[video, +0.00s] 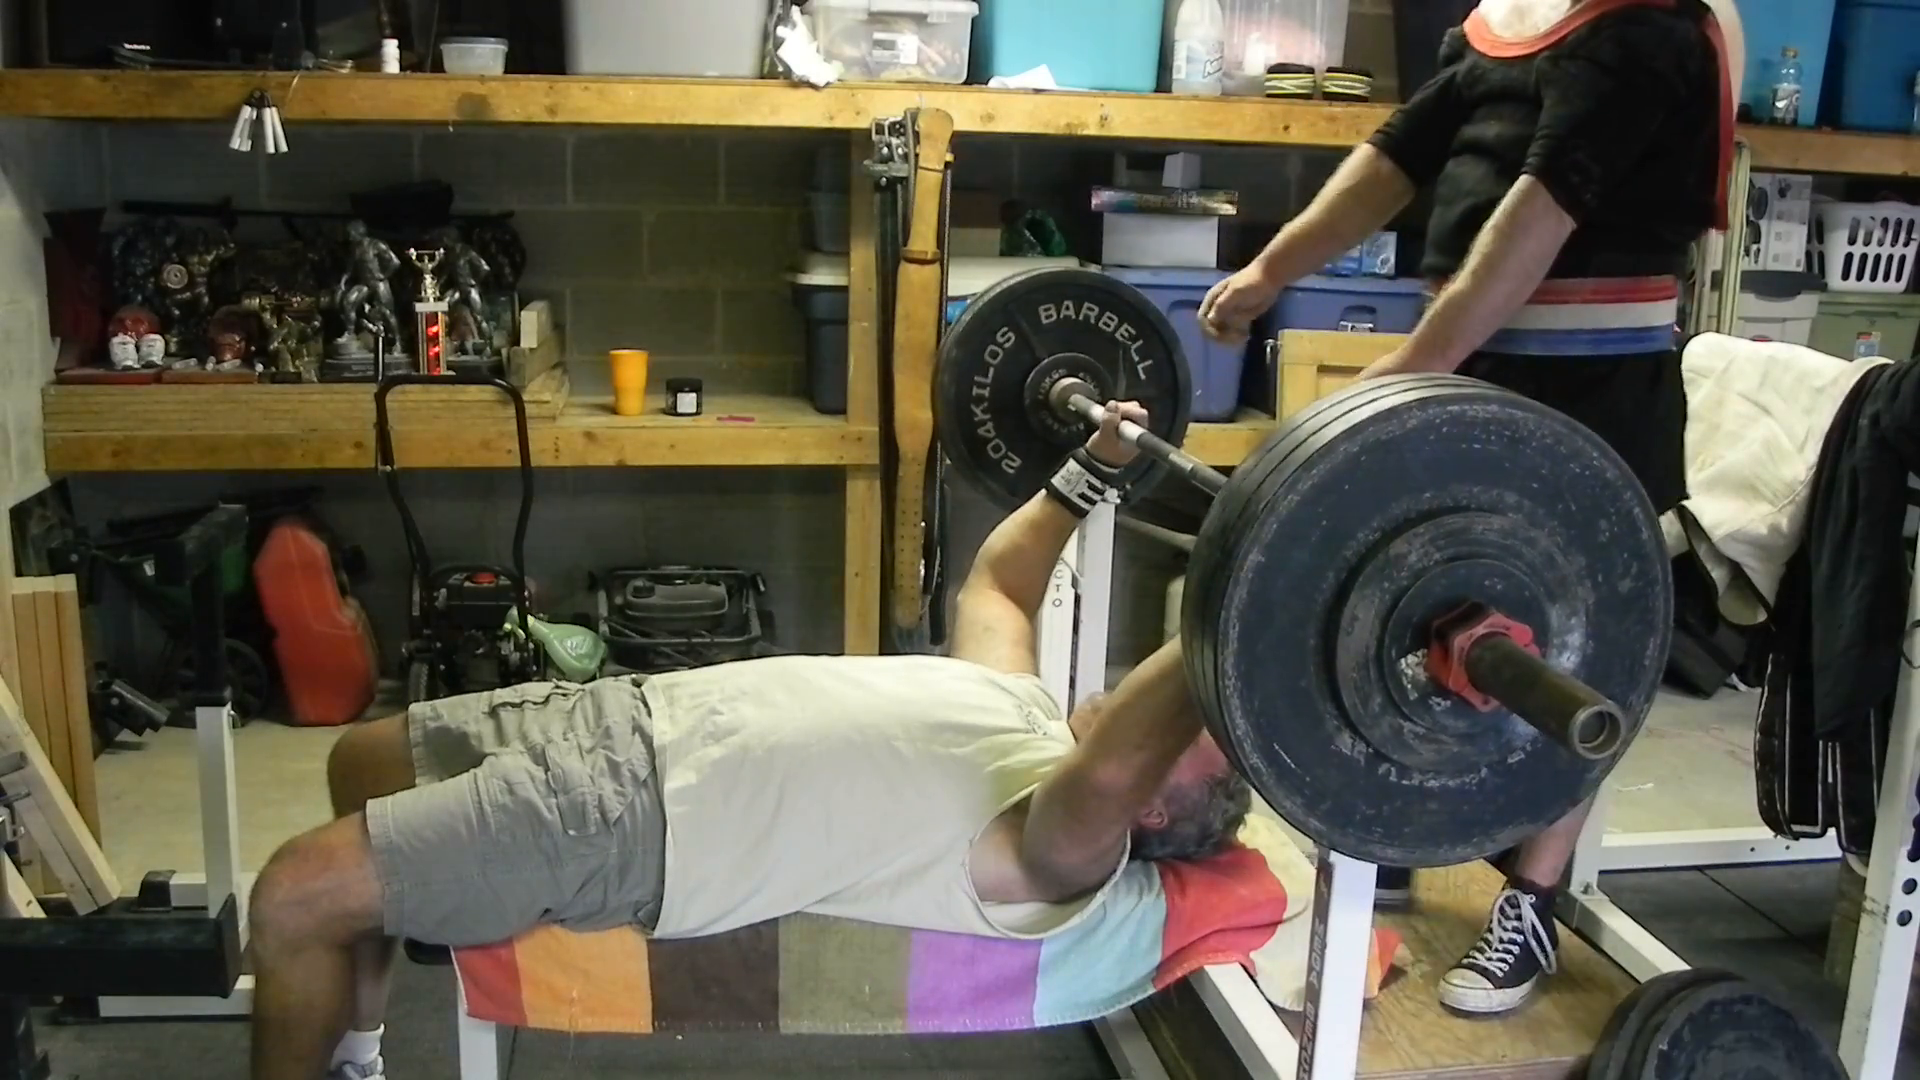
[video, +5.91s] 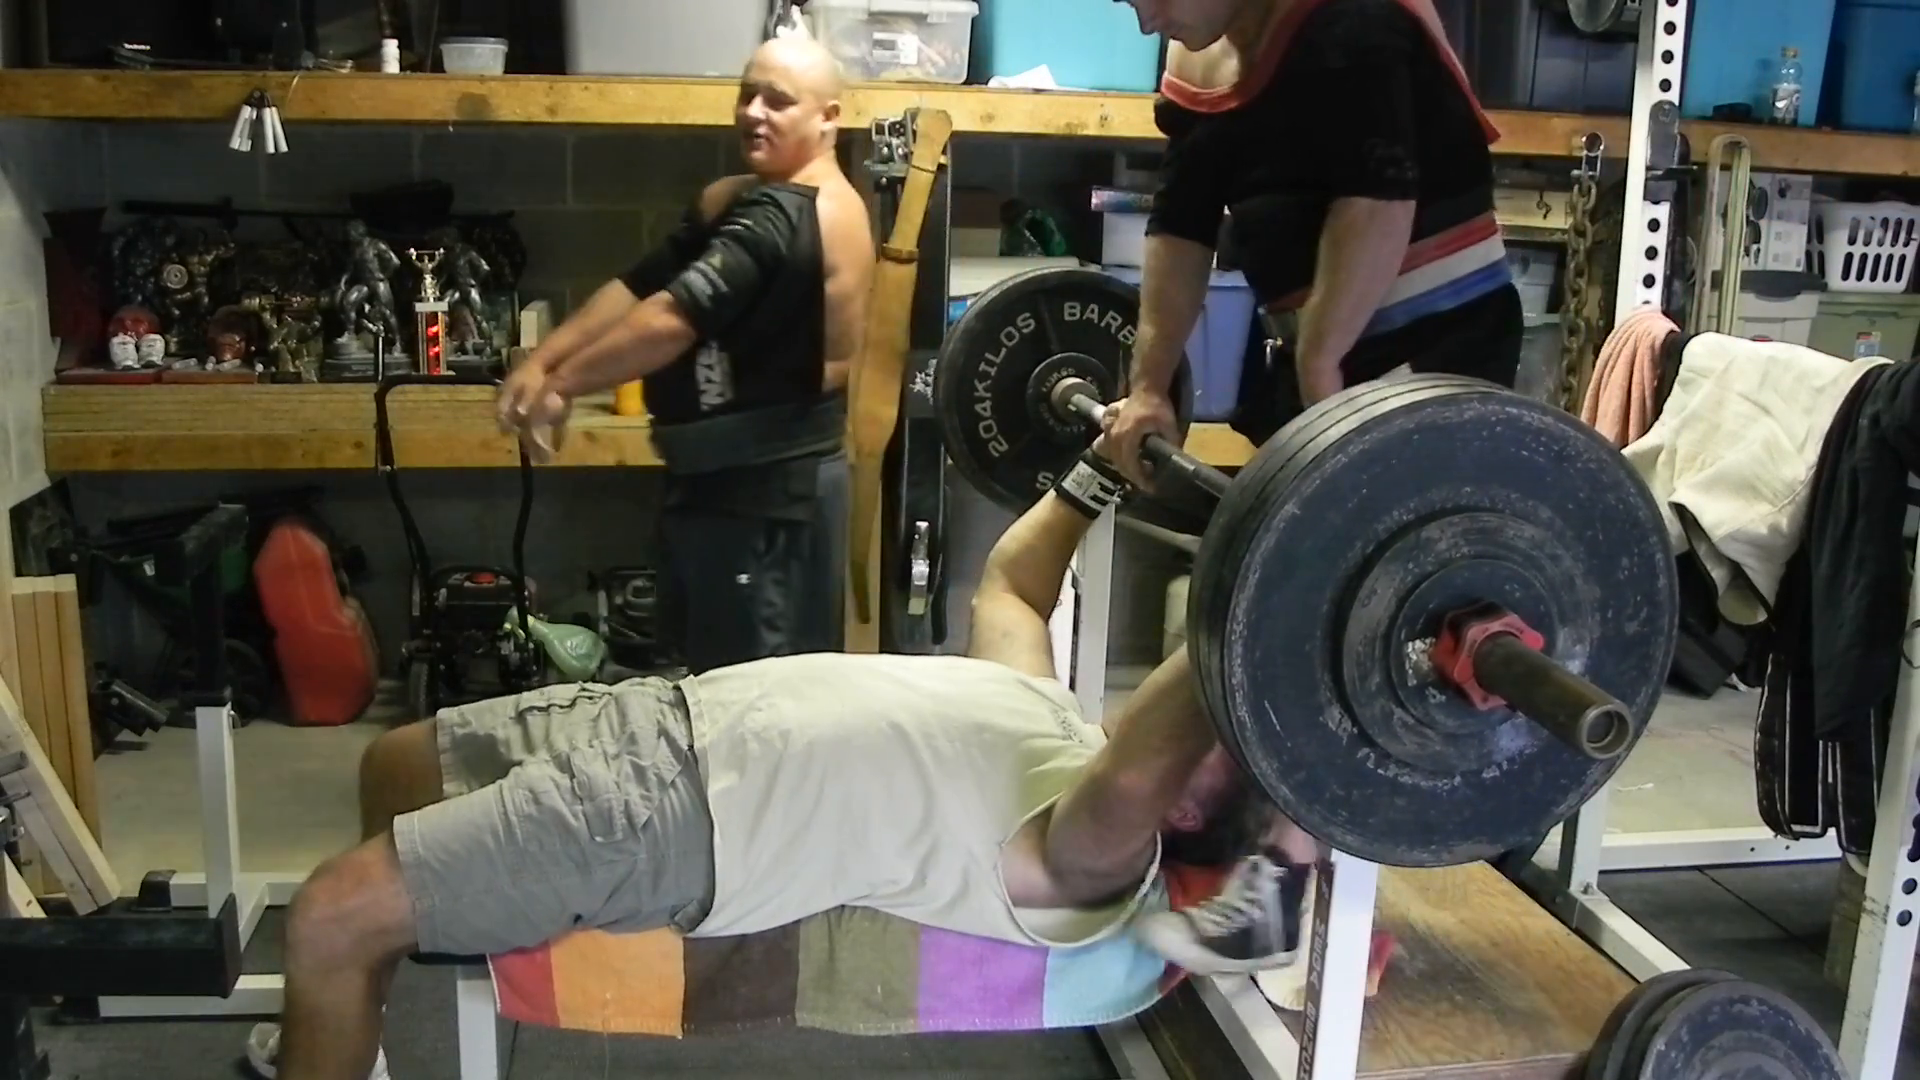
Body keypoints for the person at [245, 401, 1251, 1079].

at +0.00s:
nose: (1166, 718)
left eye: (1199, 738)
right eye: (1189, 711)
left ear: (1194, 803)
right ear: (1161, 732)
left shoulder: (1061, 857)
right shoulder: (1009, 716)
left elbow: (1121, 748)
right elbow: (1005, 583)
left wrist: (1249, 614)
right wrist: (1089, 472)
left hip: (631, 822)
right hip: (621, 711)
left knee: (297, 892)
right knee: (367, 763)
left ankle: (295, 1063)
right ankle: (350, 1040)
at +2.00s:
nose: (1185, 731)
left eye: (1218, 745)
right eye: (1202, 716)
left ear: (1206, 810)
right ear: (1173, 719)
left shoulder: (1074, 851)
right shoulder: (1017, 702)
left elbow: (1125, 761)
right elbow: (999, 570)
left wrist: (1250, 623)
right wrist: (1086, 472)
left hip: (656, 821)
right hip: (635, 709)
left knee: (320, 914)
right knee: (384, 768)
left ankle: (318, 1062)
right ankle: (424, 951)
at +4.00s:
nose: (1191, 734)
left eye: (1220, 744)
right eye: (1207, 720)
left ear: (1214, 801)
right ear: (1184, 736)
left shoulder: (1080, 853)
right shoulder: (1026, 714)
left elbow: (1143, 753)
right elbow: (1008, 588)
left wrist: (1258, 608)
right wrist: (1091, 469)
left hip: (667, 818)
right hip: (648, 709)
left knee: (325, 921)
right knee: (386, 766)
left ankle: (331, 1065)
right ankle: (407, 991)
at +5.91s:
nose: (1181, 727)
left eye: (1209, 744)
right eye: (1201, 722)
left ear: (1207, 815)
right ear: (1184, 739)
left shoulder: (1088, 868)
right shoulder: (1039, 726)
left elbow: (1152, 751)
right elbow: (1015, 584)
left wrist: (1263, 602)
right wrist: (1102, 469)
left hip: (666, 816)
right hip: (654, 713)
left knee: (329, 918)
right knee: (394, 768)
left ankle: (330, 1066)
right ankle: (355, 1023)